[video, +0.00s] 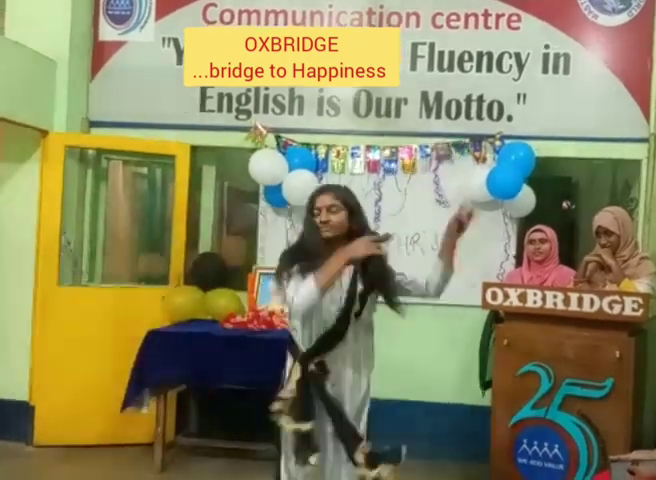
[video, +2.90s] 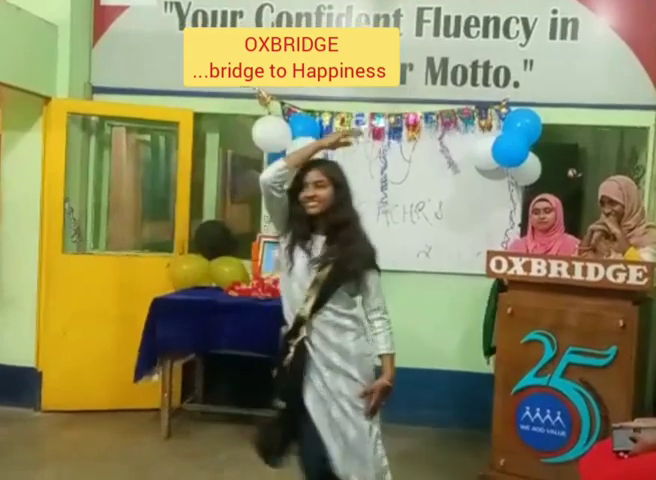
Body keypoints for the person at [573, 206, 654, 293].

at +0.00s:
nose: (602, 242)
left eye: (608, 234)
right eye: (598, 235)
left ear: (624, 233)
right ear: (595, 236)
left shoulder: (644, 265)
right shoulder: (592, 263)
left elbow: (640, 299)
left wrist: (613, 264)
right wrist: (584, 267)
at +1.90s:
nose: (604, 231)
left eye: (611, 224)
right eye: (600, 224)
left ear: (627, 223)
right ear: (597, 226)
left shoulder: (647, 254)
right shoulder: (595, 253)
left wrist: (617, 254)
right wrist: (587, 256)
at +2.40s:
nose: (606, 221)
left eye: (612, 213)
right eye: (602, 214)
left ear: (629, 213)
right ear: (599, 216)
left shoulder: (649, 245)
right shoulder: (596, 242)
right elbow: (580, 272)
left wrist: (618, 244)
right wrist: (588, 244)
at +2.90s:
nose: (606, 211)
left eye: (613, 203)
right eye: (602, 203)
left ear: (630, 203)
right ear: (599, 205)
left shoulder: (649, 235)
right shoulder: (597, 234)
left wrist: (618, 234)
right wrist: (588, 240)